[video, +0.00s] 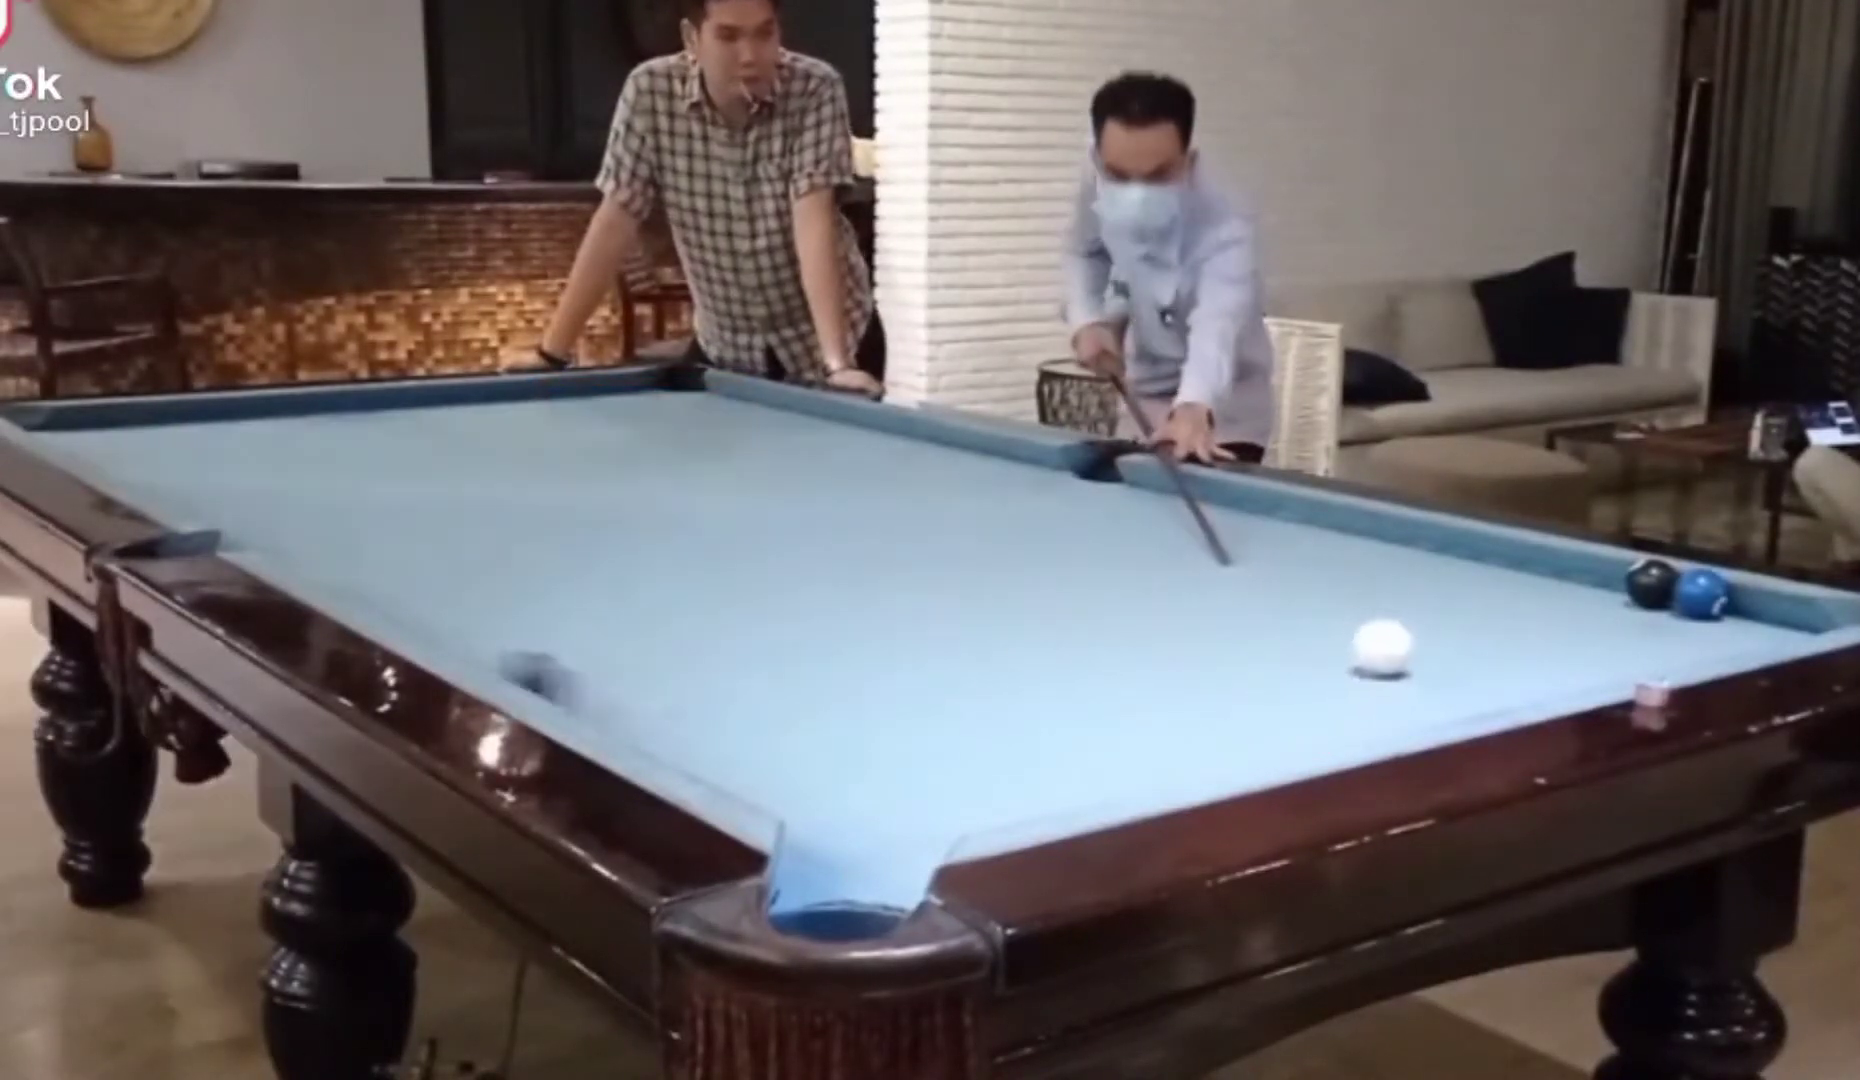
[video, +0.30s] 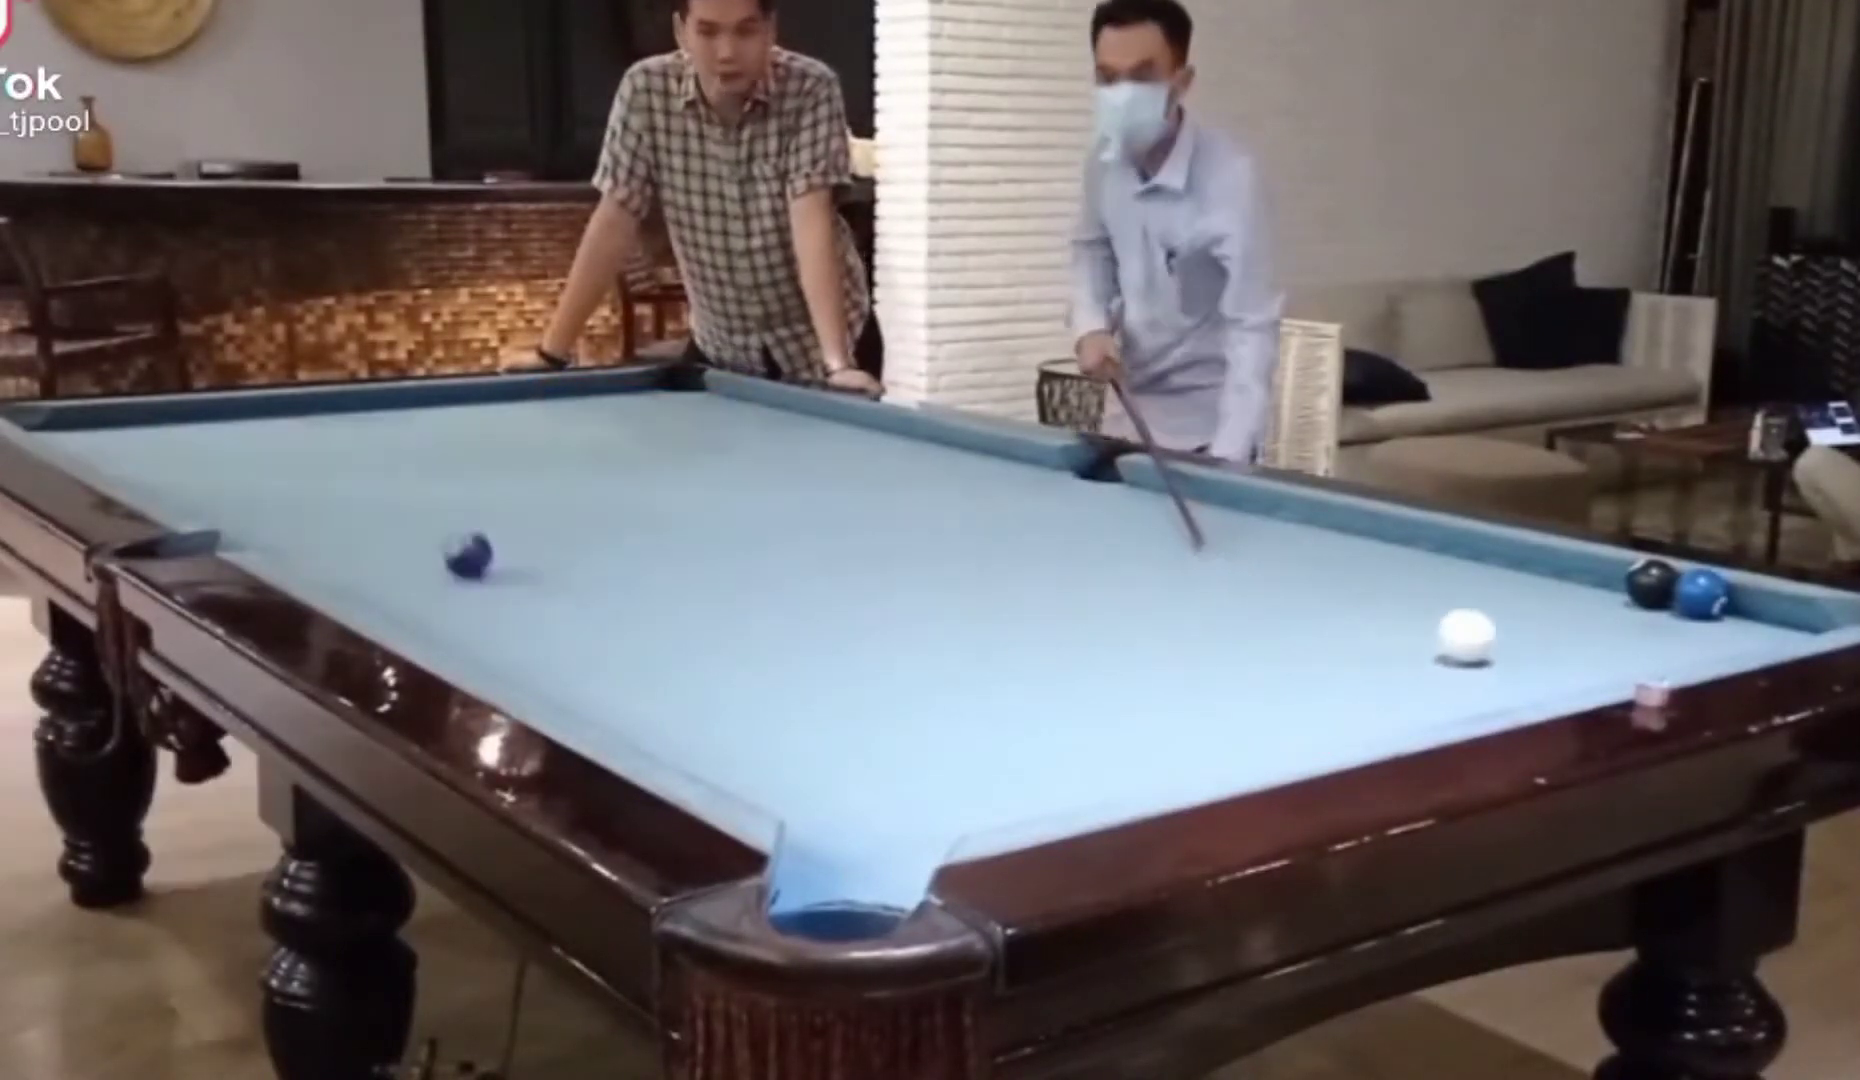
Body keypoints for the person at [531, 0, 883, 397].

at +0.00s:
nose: (750, 55)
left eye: (764, 34)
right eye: (728, 37)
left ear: (780, 32)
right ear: (692, 40)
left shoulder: (814, 89)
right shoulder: (650, 91)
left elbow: (814, 214)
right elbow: (618, 215)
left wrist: (838, 362)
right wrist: (552, 353)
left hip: (830, 346)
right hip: (726, 349)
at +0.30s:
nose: (726, 53)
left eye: (745, 32)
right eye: (708, 32)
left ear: (772, 30)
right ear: (680, 32)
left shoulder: (810, 89)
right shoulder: (646, 90)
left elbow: (812, 216)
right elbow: (616, 217)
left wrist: (838, 362)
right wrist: (552, 352)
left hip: (822, 353)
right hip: (720, 352)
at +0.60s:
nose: (710, 46)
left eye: (729, 25)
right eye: (692, 26)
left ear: (760, 24)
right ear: (670, 25)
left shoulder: (806, 91)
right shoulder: (643, 90)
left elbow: (810, 220)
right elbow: (615, 217)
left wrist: (837, 362)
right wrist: (553, 351)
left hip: (821, 346)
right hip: (722, 347)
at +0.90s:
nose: (721, 40)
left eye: (737, 21)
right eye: (702, 22)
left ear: (757, 23)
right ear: (669, 26)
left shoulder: (803, 94)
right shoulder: (641, 92)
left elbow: (810, 223)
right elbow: (614, 217)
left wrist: (837, 361)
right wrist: (553, 350)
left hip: (822, 341)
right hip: (724, 343)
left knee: (834, 495)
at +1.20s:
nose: (729, 37)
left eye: (743, 18)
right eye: (708, 21)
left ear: (760, 22)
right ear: (673, 28)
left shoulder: (805, 99)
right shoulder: (640, 94)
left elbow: (813, 231)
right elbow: (613, 220)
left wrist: (838, 360)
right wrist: (553, 350)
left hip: (814, 331)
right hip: (718, 334)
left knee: (825, 485)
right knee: (725, 485)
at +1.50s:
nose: (750, 28)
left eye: (759, 11)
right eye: (729, 12)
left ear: (772, 15)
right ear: (685, 23)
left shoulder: (809, 104)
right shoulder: (637, 91)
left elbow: (854, 237)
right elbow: (609, 217)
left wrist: (847, 333)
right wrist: (553, 350)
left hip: (811, 338)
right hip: (704, 339)